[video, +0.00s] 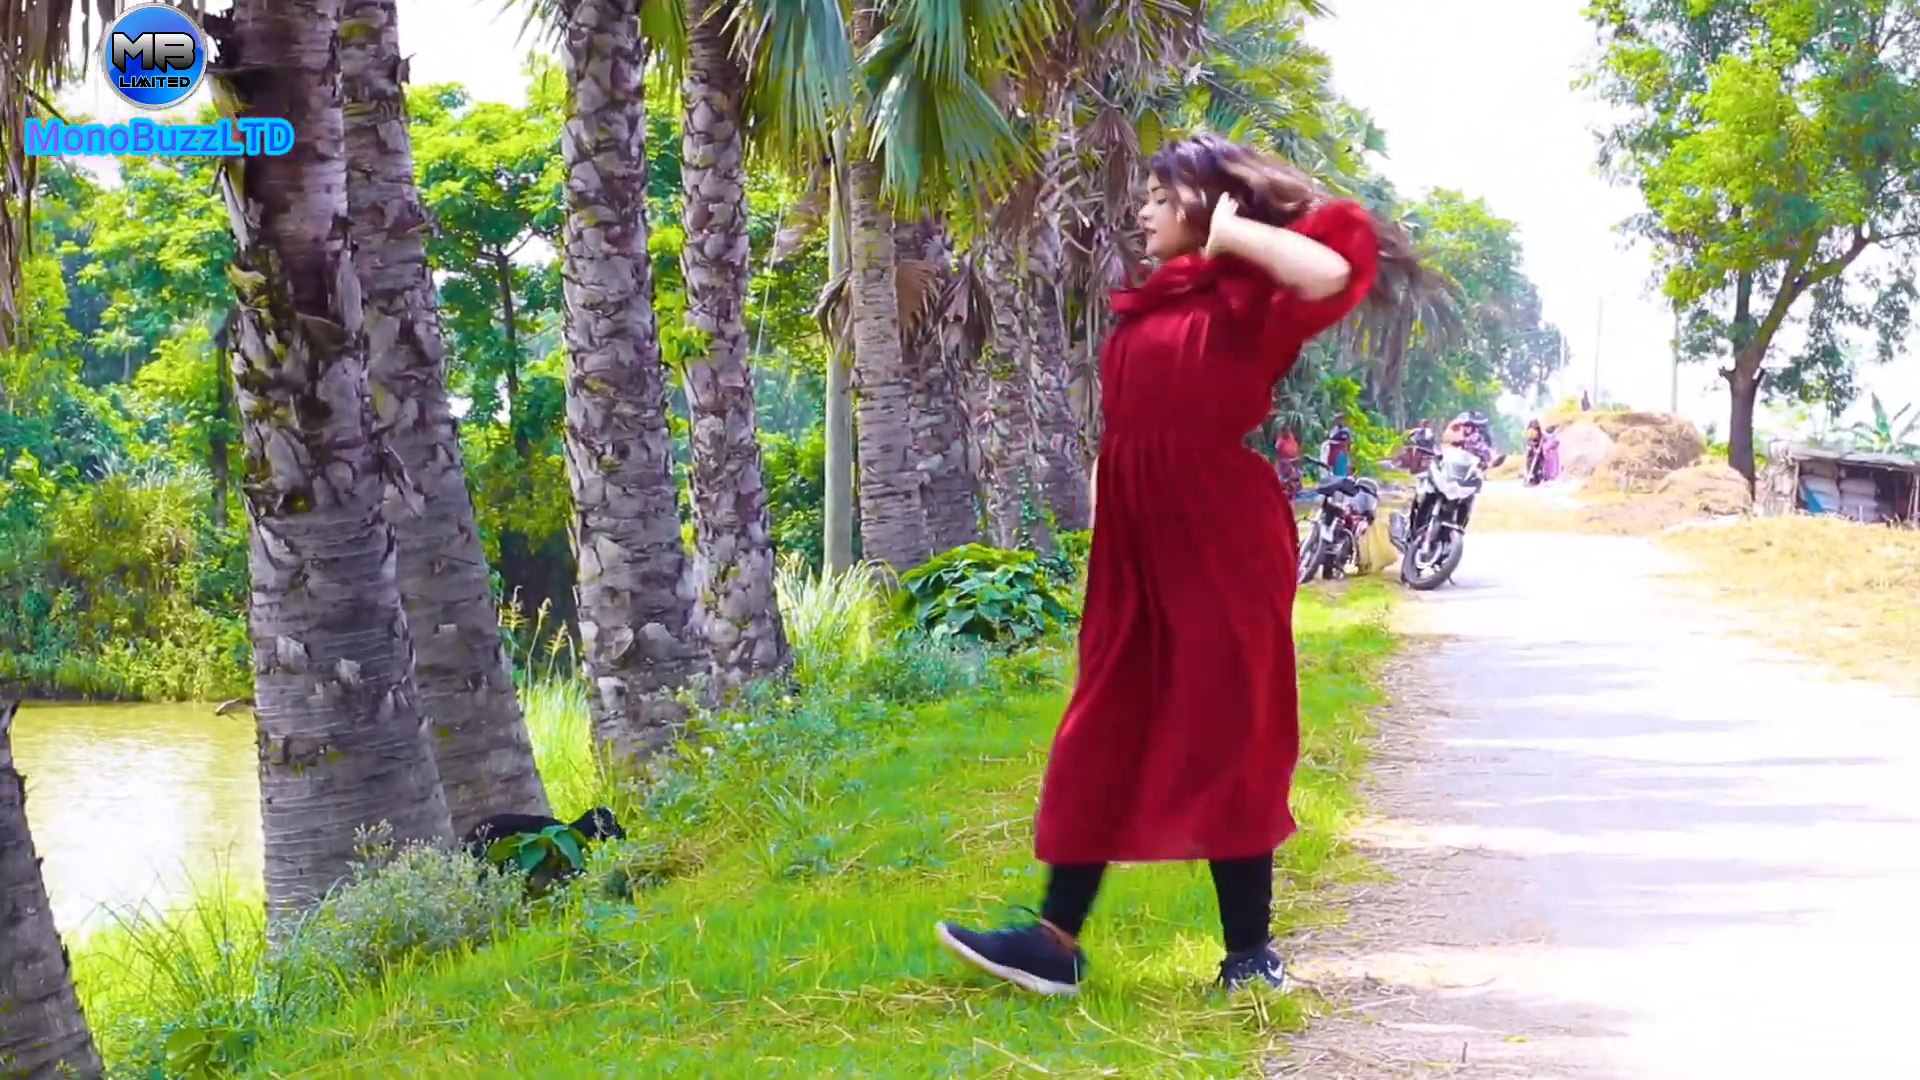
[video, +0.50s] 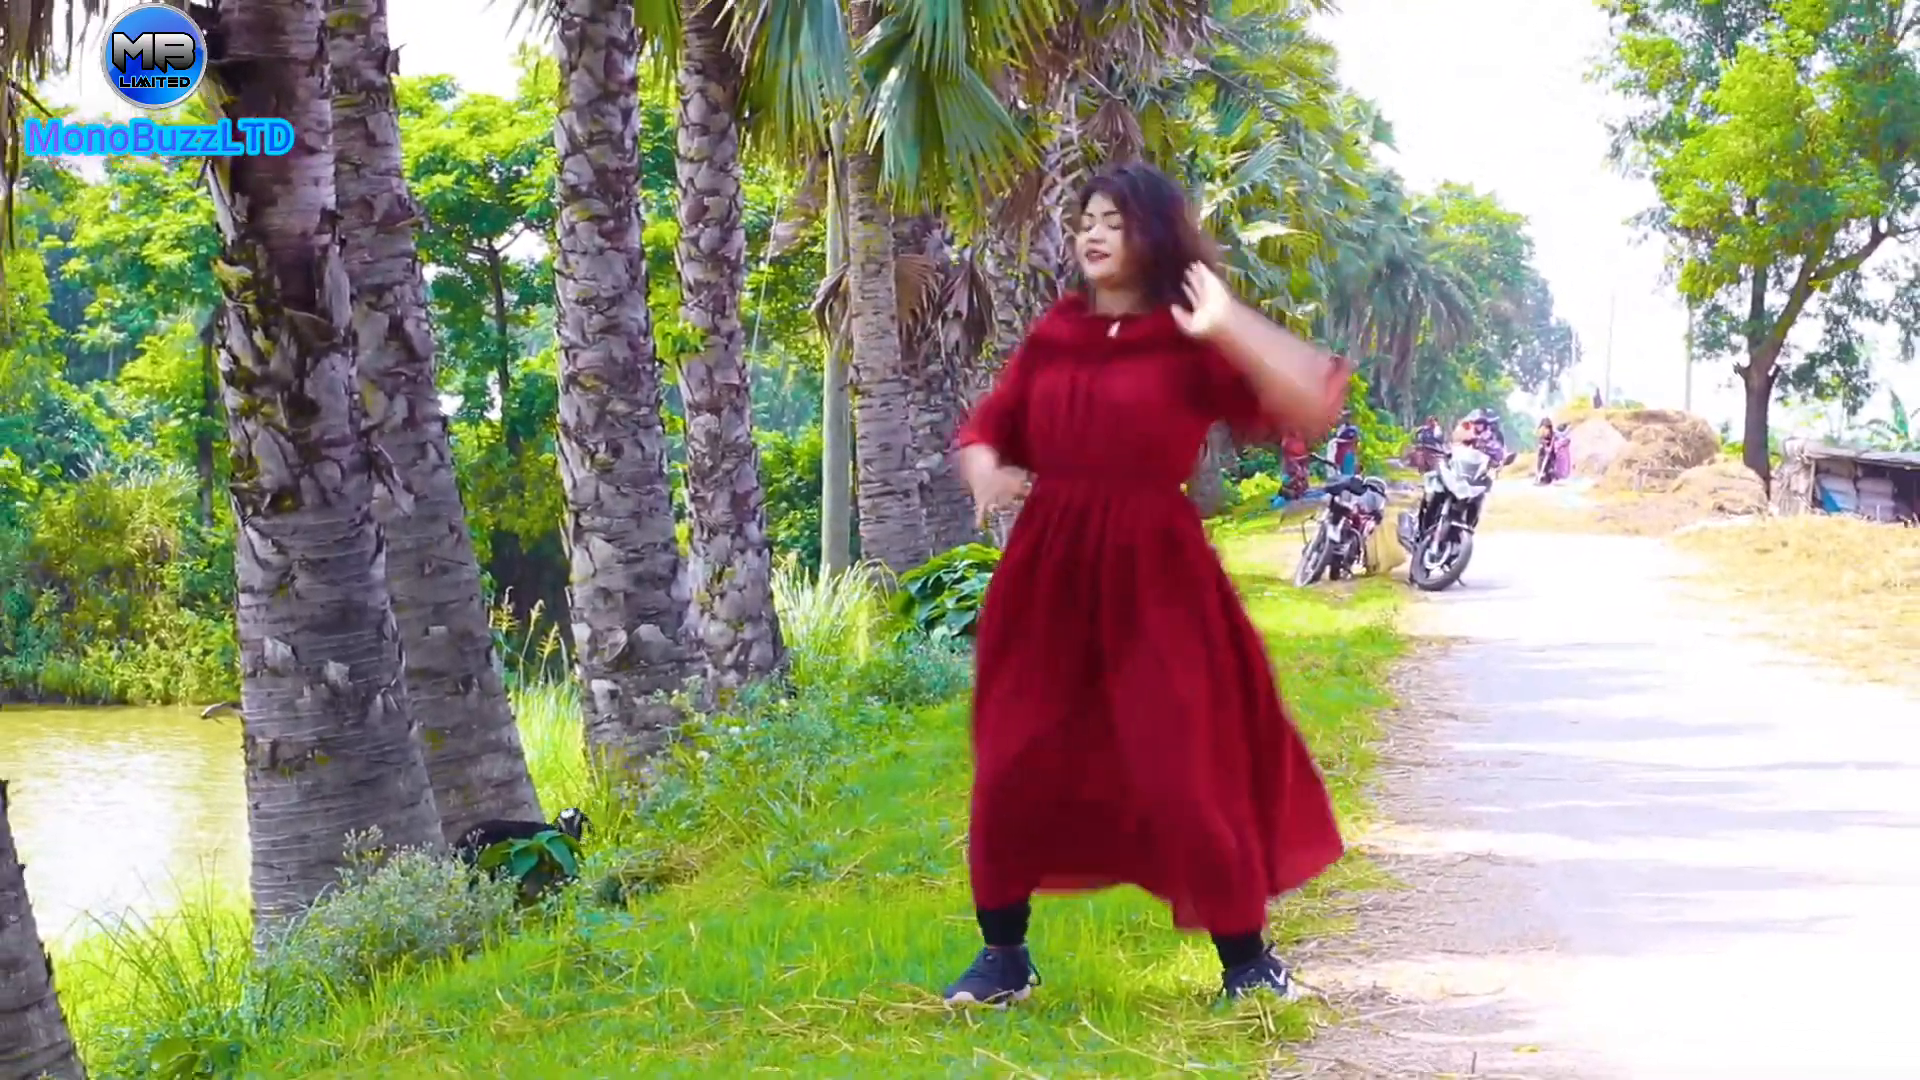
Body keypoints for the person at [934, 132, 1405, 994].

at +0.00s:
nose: (1141, 213)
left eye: (1159, 199)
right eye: (1144, 199)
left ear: (1210, 210)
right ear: (1164, 215)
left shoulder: (1249, 296)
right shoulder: (1144, 305)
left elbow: (1333, 276)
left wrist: (1232, 228)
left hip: (1225, 539)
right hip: (1134, 537)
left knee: (1231, 734)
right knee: (1100, 726)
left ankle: (1249, 957)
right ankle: (1055, 937)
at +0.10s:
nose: (1158, 208)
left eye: (1171, 194)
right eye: (1159, 195)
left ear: (1226, 204)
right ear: (1197, 210)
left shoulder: (1303, 291)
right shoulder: (1171, 301)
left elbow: (1237, 333)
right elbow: (1137, 411)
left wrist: (1211, 250)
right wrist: (1096, 482)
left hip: (1241, 550)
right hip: (1149, 544)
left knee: (1242, 752)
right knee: (1116, 747)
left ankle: (1263, 980)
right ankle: (1066, 969)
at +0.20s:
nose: (1141, 238)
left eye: (1153, 224)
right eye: (1142, 225)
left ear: (1206, 230)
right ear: (1186, 231)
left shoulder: (1250, 311)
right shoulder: (1157, 317)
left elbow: (1187, 357)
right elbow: (1107, 413)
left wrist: (1173, 267)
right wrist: (1066, 493)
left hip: (1223, 544)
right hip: (1139, 538)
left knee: (1211, 733)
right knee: (1074, 716)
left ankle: (1242, 955)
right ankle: (1053, 942)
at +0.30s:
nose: (1124, 236)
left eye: (1134, 221)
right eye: (1122, 222)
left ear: (1184, 224)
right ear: (1141, 231)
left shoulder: (1232, 302)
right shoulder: (1128, 307)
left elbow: (1285, 292)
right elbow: (1094, 391)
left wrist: (1210, 240)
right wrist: (1062, 445)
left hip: (1195, 539)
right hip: (1106, 535)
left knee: (1209, 727)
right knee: (1041, 711)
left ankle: (1241, 944)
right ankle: (1034, 922)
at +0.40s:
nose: (1108, 224)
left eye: (1123, 209)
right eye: (1109, 209)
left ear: (1175, 215)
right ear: (1133, 217)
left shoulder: (1233, 298)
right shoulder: (1101, 306)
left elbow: (1357, 301)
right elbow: (1068, 391)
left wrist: (1244, 238)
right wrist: (1039, 436)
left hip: (1181, 534)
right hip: (1078, 530)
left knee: (1205, 748)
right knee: (1036, 746)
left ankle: (1256, 975)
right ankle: (1006, 959)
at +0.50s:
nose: (1094, 237)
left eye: (1113, 223)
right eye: (1085, 223)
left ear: (1159, 237)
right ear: (1075, 239)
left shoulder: (1195, 342)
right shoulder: (1054, 335)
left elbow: (1318, 400)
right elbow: (980, 427)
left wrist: (1231, 319)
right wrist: (986, 469)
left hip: (1156, 567)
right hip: (1048, 563)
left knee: (1184, 763)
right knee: (1006, 760)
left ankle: (1247, 963)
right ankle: (1003, 955)